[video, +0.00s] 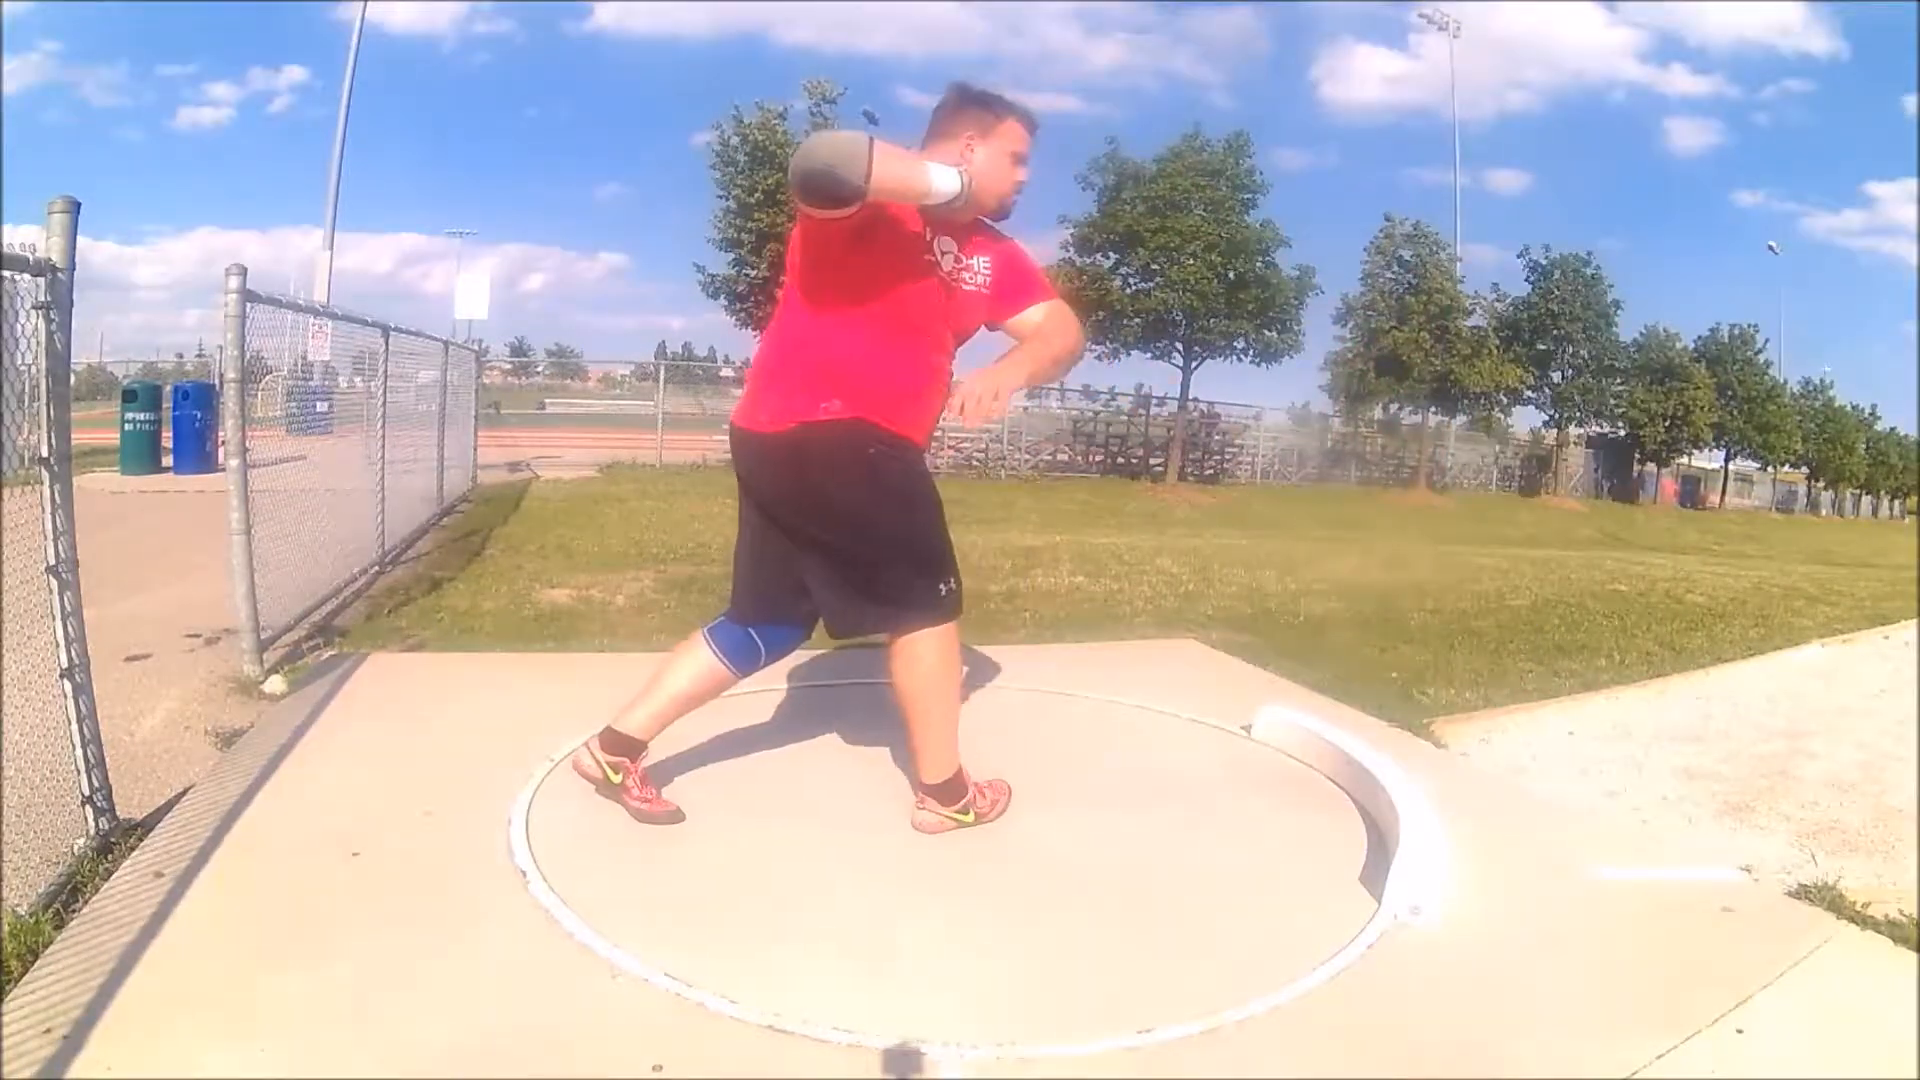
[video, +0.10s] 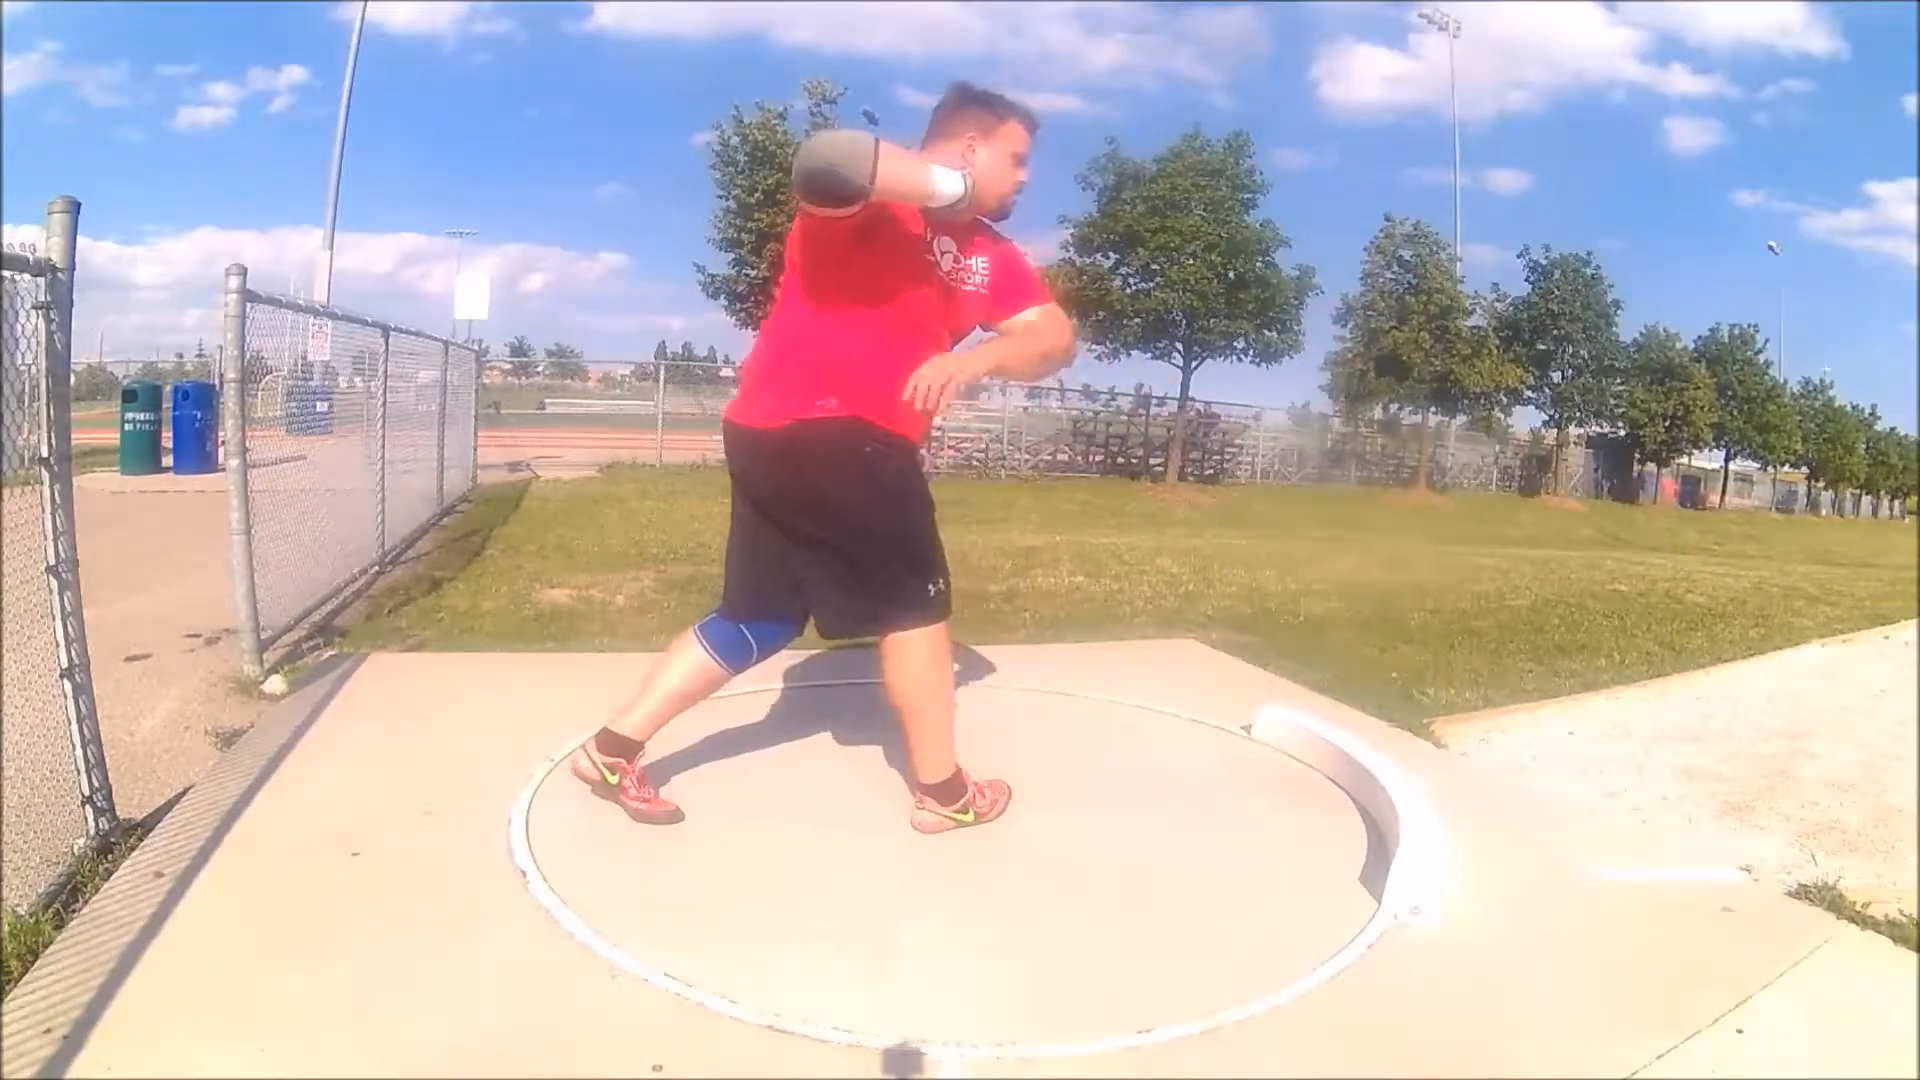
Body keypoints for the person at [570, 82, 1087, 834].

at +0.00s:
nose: (1023, 179)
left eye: (1026, 164)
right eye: (1017, 159)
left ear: (980, 153)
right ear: (966, 147)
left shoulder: (990, 256)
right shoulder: (853, 195)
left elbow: (1063, 331)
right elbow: (818, 157)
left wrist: (1005, 375)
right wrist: (948, 180)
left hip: (768, 432)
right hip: (848, 431)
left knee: (765, 622)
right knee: (925, 600)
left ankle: (617, 745)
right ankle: (941, 789)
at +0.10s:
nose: (1023, 181)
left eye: (1026, 166)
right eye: (1017, 162)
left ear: (976, 153)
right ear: (967, 149)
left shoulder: (987, 254)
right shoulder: (853, 193)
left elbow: (1054, 335)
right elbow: (822, 155)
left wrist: (975, 360)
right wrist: (950, 183)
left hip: (762, 427)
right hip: (847, 431)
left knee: (757, 616)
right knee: (915, 602)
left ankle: (614, 746)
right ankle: (939, 788)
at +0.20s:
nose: (1026, 188)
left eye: (1028, 173)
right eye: (1021, 170)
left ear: (982, 161)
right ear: (977, 157)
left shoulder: (984, 260)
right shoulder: (862, 193)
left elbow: (1052, 341)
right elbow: (845, 170)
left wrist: (999, 378)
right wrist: (972, 192)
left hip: (754, 426)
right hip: (845, 432)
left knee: (756, 616)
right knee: (917, 601)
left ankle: (612, 749)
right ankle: (939, 788)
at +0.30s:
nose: (1021, 209)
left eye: (1026, 193)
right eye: (1021, 189)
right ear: (985, 172)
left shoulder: (984, 277)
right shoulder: (869, 202)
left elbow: (1042, 352)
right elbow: (910, 200)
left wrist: (1071, 405)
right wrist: (988, 212)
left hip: (748, 432)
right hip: (847, 440)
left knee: (753, 619)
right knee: (928, 601)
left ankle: (612, 753)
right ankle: (940, 788)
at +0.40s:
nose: (1025, 217)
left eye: (1027, 204)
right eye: (1025, 202)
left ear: (957, 168)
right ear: (1006, 184)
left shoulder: (962, 281)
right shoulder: (928, 208)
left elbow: (1023, 366)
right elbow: (1008, 228)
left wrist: (1103, 436)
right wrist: (1053, 244)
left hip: (742, 435)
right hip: (849, 451)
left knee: (746, 620)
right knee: (945, 603)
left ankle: (612, 761)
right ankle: (941, 788)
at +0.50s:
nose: (1035, 222)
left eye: (1026, 210)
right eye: (1034, 212)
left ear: (962, 192)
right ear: (1029, 208)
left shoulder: (908, 238)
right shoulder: (1006, 236)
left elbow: (981, 375)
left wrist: (1056, 439)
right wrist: (1063, 243)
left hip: (756, 442)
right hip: (879, 461)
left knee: (744, 622)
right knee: (966, 604)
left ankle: (613, 769)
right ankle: (944, 789)